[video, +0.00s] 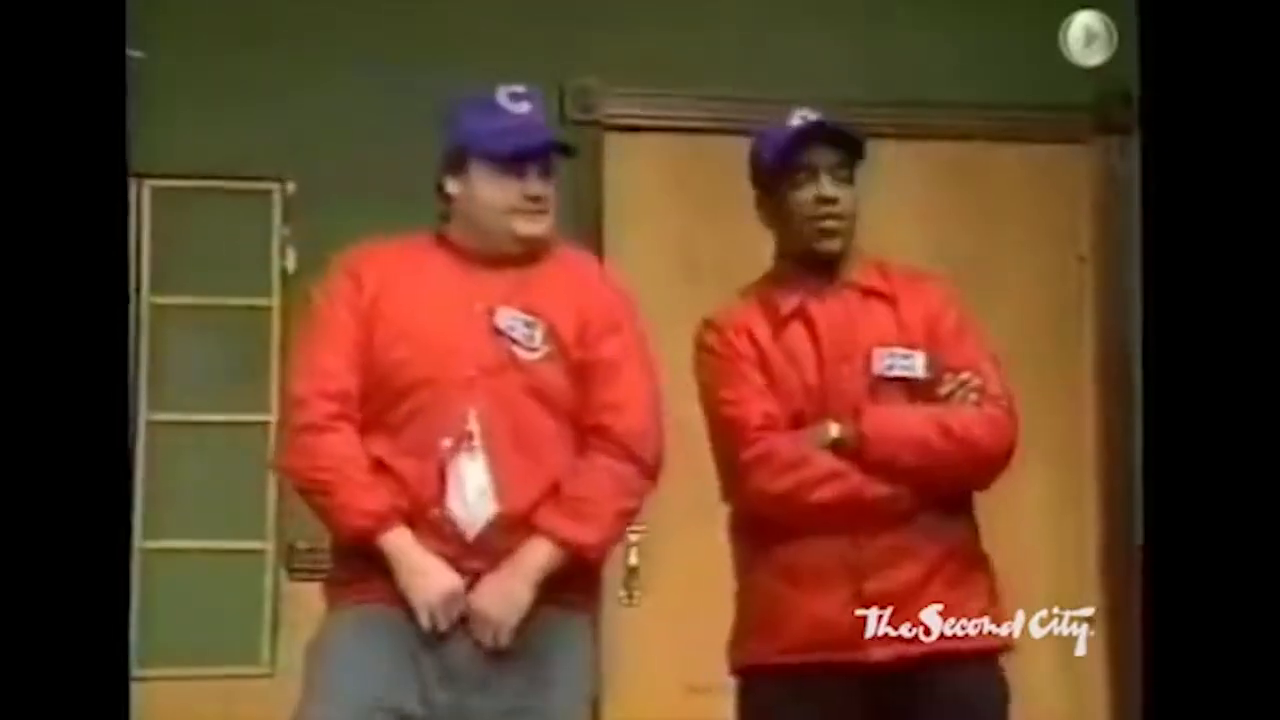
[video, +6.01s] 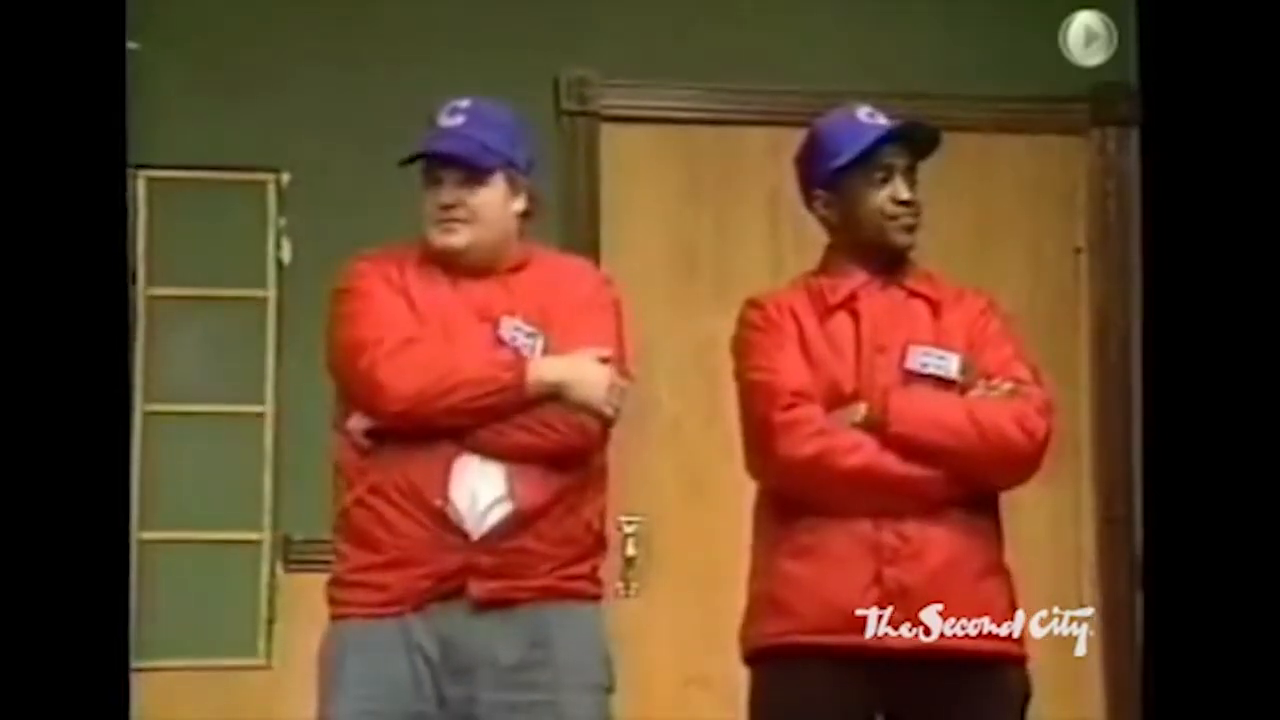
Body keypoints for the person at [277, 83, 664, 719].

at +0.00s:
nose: (536, 187)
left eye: (546, 169)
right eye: (511, 169)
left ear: (559, 178)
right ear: (453, 184)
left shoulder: (589, 289)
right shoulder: (369, 277)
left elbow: (627, 448)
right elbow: (315, 432)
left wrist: (525, 568)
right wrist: (404, 551)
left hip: (542, 616)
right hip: (384, 612)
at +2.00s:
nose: (478, 216)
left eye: (501, 201)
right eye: (460, 196)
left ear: (533, 217)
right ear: (434, 206)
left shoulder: (588, 314)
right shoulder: (365, 299)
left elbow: (631, 468)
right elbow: (311, 448)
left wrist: (550, 579)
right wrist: (406, 561)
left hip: (546, 629)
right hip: (382, 630)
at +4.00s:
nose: (541, 215)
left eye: (544, 199)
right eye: (520, 200)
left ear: (552, 200)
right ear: (453, 208)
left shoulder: (569, 296)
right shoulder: (374, 283)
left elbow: (637, 441)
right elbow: (433, 370)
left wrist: (570, 540)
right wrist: (561, 322)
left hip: (547, 625)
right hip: (394, 633)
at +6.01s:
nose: (447, 198)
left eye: (470, 181)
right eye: (435, 181)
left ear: (520, 198)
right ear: (420, 193)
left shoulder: (577, 285)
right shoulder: (375, 278)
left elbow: (575, 427)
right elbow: (390, 387)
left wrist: (404, 418)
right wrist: (546, 373)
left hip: (543, 612)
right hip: (385, 614)